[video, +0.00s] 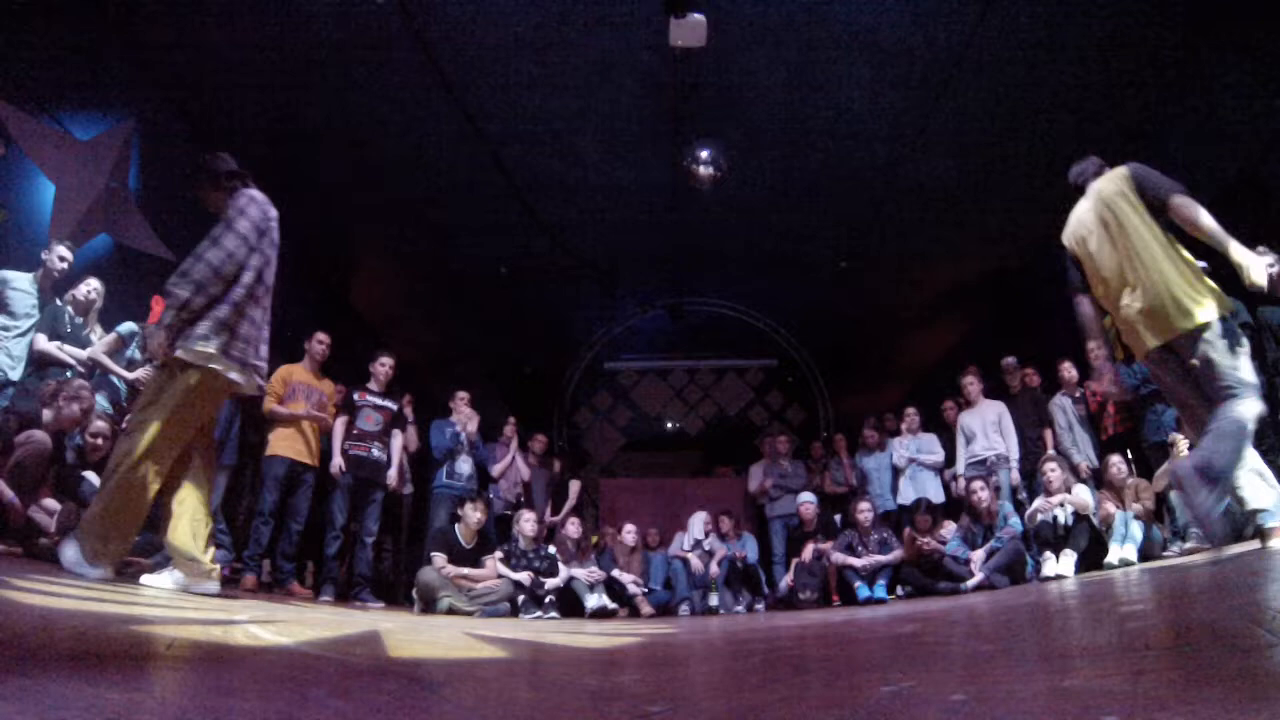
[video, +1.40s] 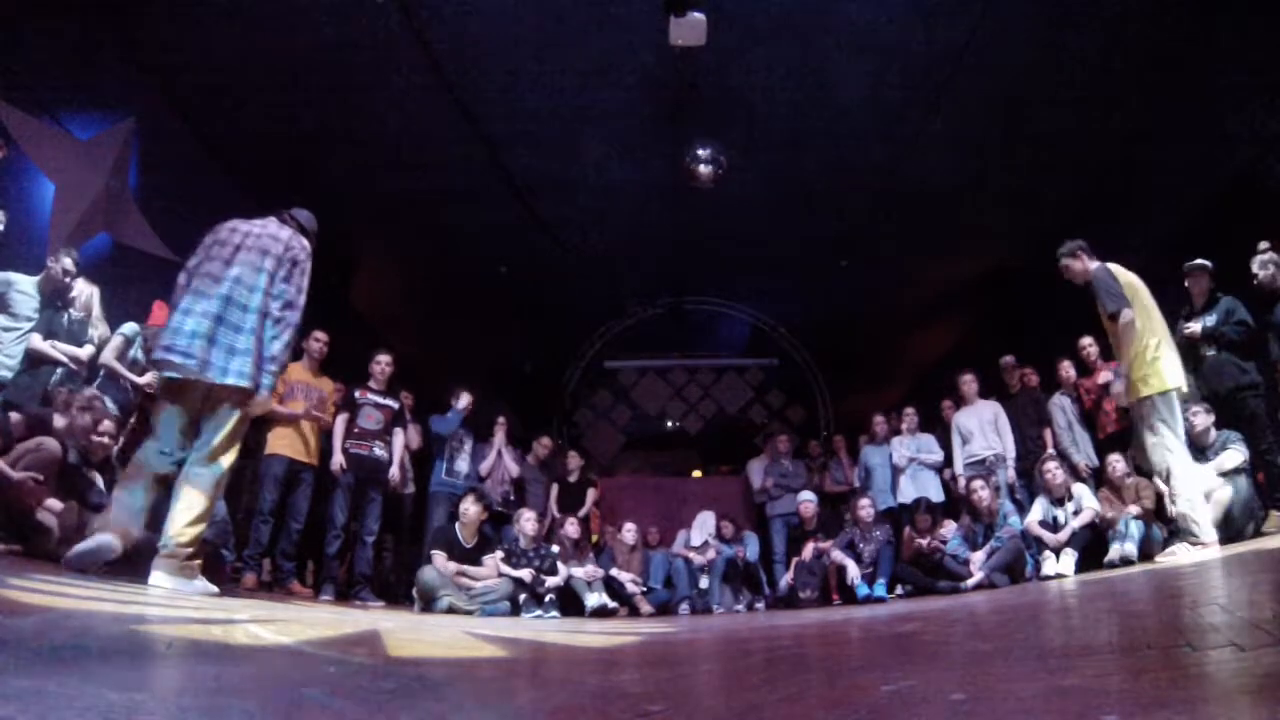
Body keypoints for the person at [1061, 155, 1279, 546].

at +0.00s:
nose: (1107, 171)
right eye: (1105, 168)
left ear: (1075, 190)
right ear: (1104, 169)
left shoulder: (1070, 233)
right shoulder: (1127, 176)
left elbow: (1083, 302)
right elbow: (1184, 210)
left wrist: (1100, 362)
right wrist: (1237, 252)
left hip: (1142, 337)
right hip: (1187, 305)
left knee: (1207, 423)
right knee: (1243, 396)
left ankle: (1267, 511)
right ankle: (1201, 472)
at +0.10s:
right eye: (1110, 175)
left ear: (1087, 196)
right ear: (1112, 175)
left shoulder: (1081, 235)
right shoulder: (1140, 182)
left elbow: (1108, 294)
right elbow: (1197, 228)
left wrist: (1126, 331)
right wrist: (1245, 286)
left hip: (1149, 331)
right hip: (1195, 301)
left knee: (1210, 421)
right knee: (1257, 381)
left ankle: (1266, 517)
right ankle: (1247, 454)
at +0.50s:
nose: (1115, 225)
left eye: (1113, 221)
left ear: (1115, 217)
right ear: (1144, 204)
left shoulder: (1113, 250)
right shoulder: (1181, 215)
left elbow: (1123, 310)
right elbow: (1228, 260)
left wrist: (1152, 327)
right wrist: (1242, 317)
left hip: (1175, 342)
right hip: (1222, 329)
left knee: (1220, 432)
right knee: (1256, 424)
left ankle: (1265, 513)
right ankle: (1273, 507)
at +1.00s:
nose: (1107, 268)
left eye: (1104, 262)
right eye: (1104, 264)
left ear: (1107, 249)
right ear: (1123, 241)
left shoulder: (1119, 257)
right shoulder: (1163, 257)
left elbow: (1141, 291)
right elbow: (1205, 308)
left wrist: (1147, 353)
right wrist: (1228, 351)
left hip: (1182, 361)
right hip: (1214, 354)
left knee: (1189, 451)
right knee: (1244, 440)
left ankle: (1208, 531)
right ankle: (1272, 516)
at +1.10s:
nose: (1096, 269)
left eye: (1093, 264)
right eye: (1093, 265)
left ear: (1098, 253)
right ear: (1115, 245)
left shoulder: (1114, 264)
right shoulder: (1151, 262)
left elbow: (1140, 301)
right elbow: (1189, 313)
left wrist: (1145, 364)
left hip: (1176, 368)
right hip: (1204, 361)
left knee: (1185, 455)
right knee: (1234, 443)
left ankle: (1198, 536)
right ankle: (1273, 513)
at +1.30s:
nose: (1077, 277)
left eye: (1074, 270)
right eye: (1073, 272)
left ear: (1083, 258)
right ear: (1092, 254)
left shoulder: (1104, 271)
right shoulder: (1127, 270)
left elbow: (1130, 313)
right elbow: (1157, 324)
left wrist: (1128, 370)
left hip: (1158, 372)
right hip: (1173, 369)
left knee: (1172, 455)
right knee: (1182, 451)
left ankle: (1198, 535)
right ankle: (1246, 492)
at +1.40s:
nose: (1069, 277)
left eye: (1068, 269)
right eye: (1065, 272)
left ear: (1081, 257)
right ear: (1083, 257)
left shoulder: (1102, 274)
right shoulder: (1117, 273)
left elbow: (1126, 318)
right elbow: (1143, 326)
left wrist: (1122, 373)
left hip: (1150, 374)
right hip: (1158, 373)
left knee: (1164, 453)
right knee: (1168, 452)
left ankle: (1197, 534)